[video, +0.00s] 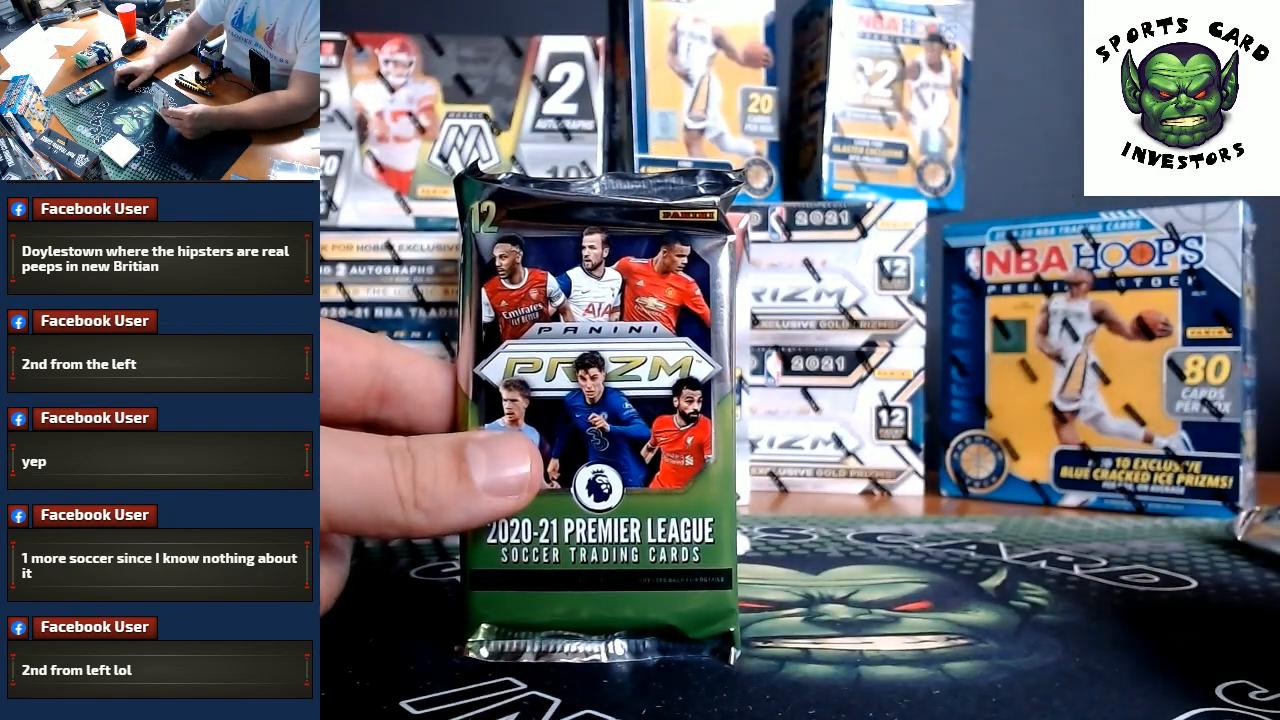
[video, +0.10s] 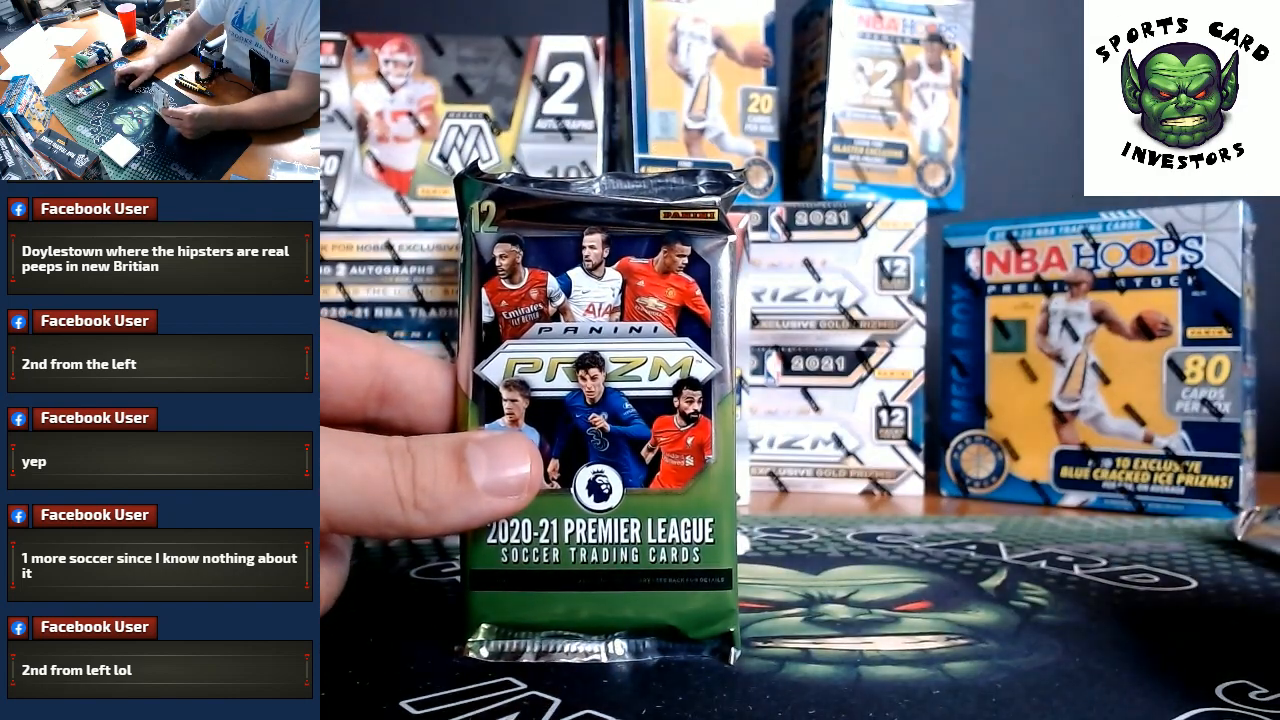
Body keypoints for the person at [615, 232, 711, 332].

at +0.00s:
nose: (685, 262)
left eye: (686, 256)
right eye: (680, 256)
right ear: (664, 252)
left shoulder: (686, 285)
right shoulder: (629, 266)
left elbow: (711, 319)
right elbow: (602, 285)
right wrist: (613, 311)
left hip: (664, 346)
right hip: (629, 344)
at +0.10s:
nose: (685, 262)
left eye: (687, 257)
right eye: (680, 256)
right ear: (664, 252)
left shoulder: (687, 285)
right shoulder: (629, 266)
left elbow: (712, 320)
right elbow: (602, 286)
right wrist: (614, 311)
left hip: (665, 346)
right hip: (630, 343)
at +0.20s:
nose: (685, 262)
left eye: (687, 257)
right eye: (680, 256)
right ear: (664, 252)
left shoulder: (687, 285)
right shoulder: (629, 266)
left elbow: (712, 320)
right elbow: (602, 286)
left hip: (665, 346)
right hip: (630, 343)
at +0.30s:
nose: (684, 261)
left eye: (686, 256)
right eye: (679, 256)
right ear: (663, 252)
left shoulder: (686, 285)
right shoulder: (628, 266)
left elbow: (711, 321)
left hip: (664, 347)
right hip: (628, 344)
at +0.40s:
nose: (685, 261)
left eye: (686, 257)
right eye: (680, 256)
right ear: (664, 252)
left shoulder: (686, 285)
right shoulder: (628, 266)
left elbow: (712, 320)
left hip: (664, 347)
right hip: (629, 344)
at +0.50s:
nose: (684, 262)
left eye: (686, 256)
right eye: (679, 256)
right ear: (663, 252)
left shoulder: (686, 285)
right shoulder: (628, 266)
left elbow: (711, 320)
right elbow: (599, 285)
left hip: (664, 346)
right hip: (628, 343)